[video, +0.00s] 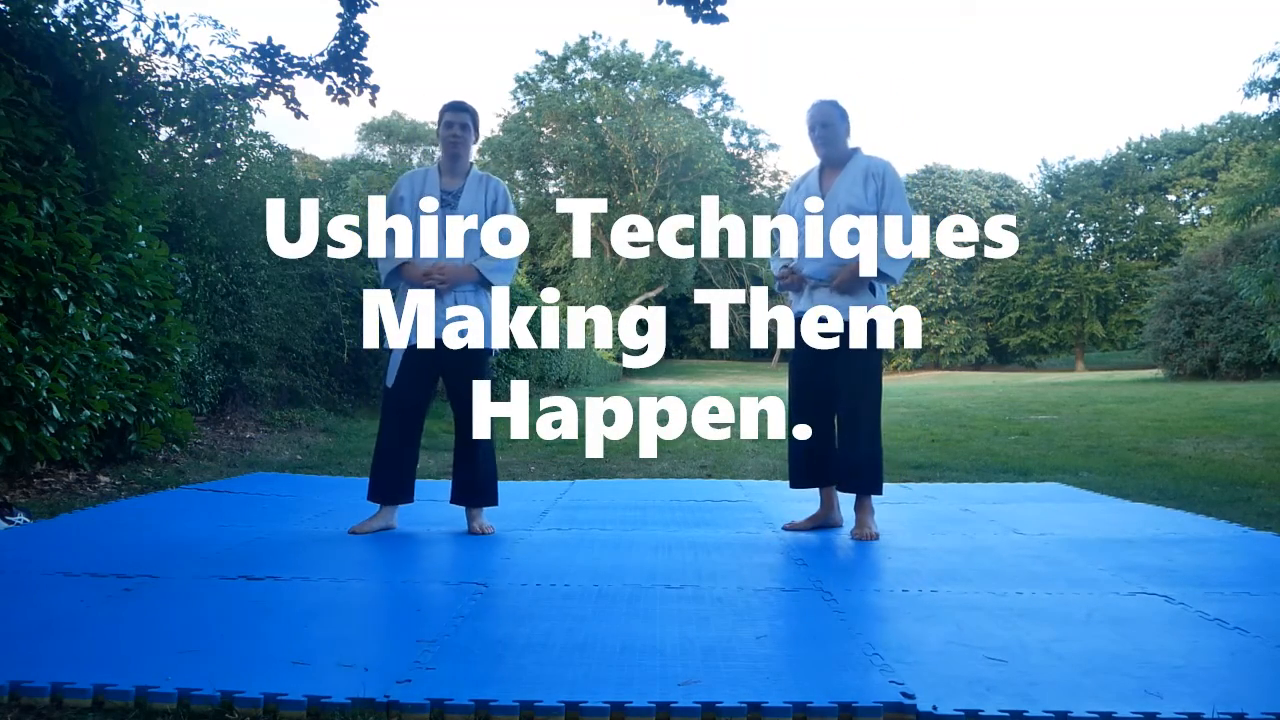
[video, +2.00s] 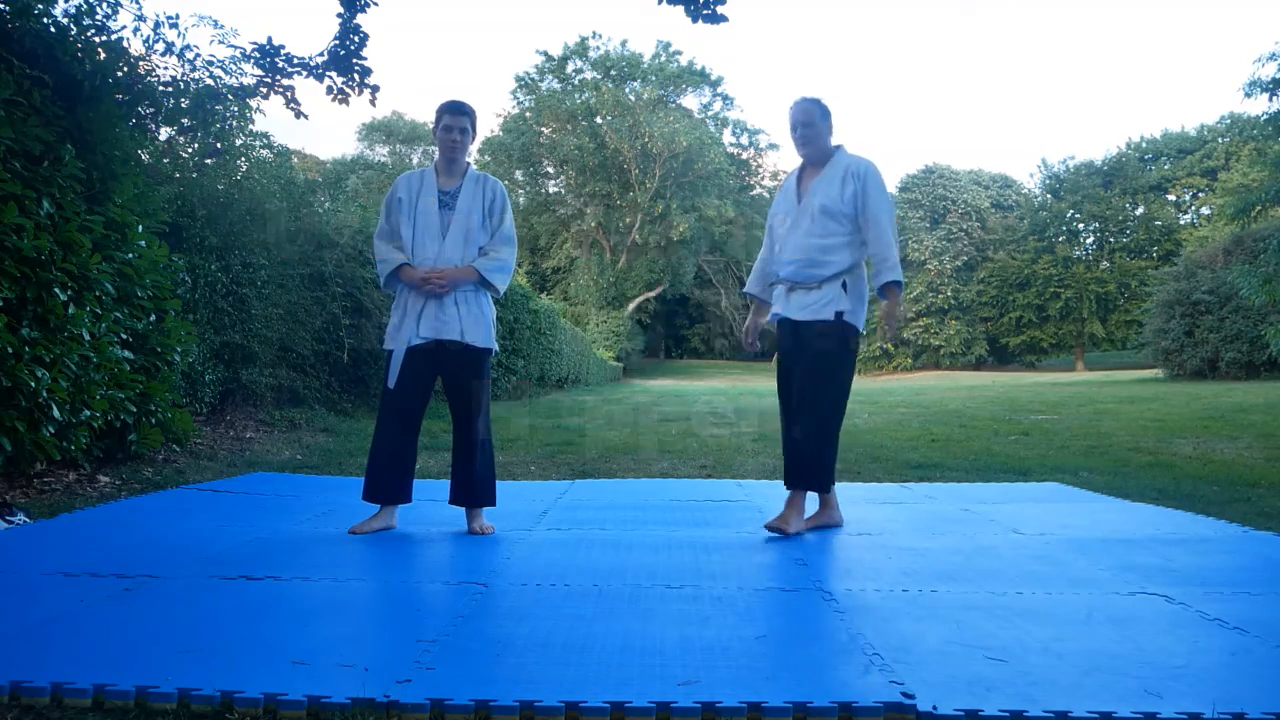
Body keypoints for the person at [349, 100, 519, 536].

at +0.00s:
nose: (455, 133)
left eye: (463, 128)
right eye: (449, 126)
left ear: (476, 138)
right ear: (437, 134)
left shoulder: (493, 189)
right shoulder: (408, 184)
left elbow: (507, 256)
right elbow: (388, 248)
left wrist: (462, 271)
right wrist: (413, 272)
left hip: (470, 320)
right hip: (413, 318)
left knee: (473, 414)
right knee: (399, 409)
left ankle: (475, 512)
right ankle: (387, 509)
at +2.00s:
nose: (454, 137)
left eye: (462, 131)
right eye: (447, 129)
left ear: (473, 139)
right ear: (434, 133)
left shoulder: (492, 191)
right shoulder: (406, 186)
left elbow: (504, 257)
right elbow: (383, 248)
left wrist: (458, 275)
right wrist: (413, 276)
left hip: (469, 321)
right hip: (414, 319)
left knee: (473, 421)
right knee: (397, 416)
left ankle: (475, 512)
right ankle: (387, 510)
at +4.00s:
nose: (475, 142)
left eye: (478, 135)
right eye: (468, 133)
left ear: (477, 139)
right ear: (441, 133)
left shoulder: (486, 191)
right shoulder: (401, 182)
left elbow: (499, 255)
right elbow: (378, 244)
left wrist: (462, 277)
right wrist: (410, 276)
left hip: (466, 322)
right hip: (411, 320)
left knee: (469, 419)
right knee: (394, 415)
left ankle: (475, 511)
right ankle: (387, 511)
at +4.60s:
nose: (532, 165)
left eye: (536, 159)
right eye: (530, 155)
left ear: (517, 152)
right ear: (508, 142)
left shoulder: (511, 204)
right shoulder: (456, 176)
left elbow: (510, 269)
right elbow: (427, 233)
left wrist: (507, 325)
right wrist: (430, 288)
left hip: (488, 320)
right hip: (441, 309)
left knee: (483, 413)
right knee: (409, 407)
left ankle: (464, 508)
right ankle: (384, 503)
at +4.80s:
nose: (553, 167)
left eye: (557, 162)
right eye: (552, 157)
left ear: (540, 156)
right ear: (529, 144)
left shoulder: (525, 209)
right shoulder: (485, 174)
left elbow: (520, 271)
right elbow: (457, 222)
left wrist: (523, 320)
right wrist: (445, 273)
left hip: (500, 317)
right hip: (462, 306)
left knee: (488, 412)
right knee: (447, 404)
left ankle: (463, 505)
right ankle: (422, 497)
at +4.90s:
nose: (557, 168)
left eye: (562, 163)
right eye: (557, 158)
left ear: (544, 154)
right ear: (536, 145)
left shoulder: (528, 207)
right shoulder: (496, 174)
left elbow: (523, 272)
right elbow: (468, 221)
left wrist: (531, 318)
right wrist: (463, 268)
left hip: (502, 320)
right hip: (471, 311)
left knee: (490, 409)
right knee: (466, 406)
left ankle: (465, 503)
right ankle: (455, 503)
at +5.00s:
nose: (567, 170)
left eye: (572, 164)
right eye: (567, 159)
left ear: (551, 155)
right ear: (545, 147)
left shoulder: (532, 199)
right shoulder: (510, 175)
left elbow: (529, 269)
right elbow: (486, 223)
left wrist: (541, 314)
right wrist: (501, 268)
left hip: (507, 315)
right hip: (491, 310)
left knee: (478, 408)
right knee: (505, 406)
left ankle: (461, 506)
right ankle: (512, 509)